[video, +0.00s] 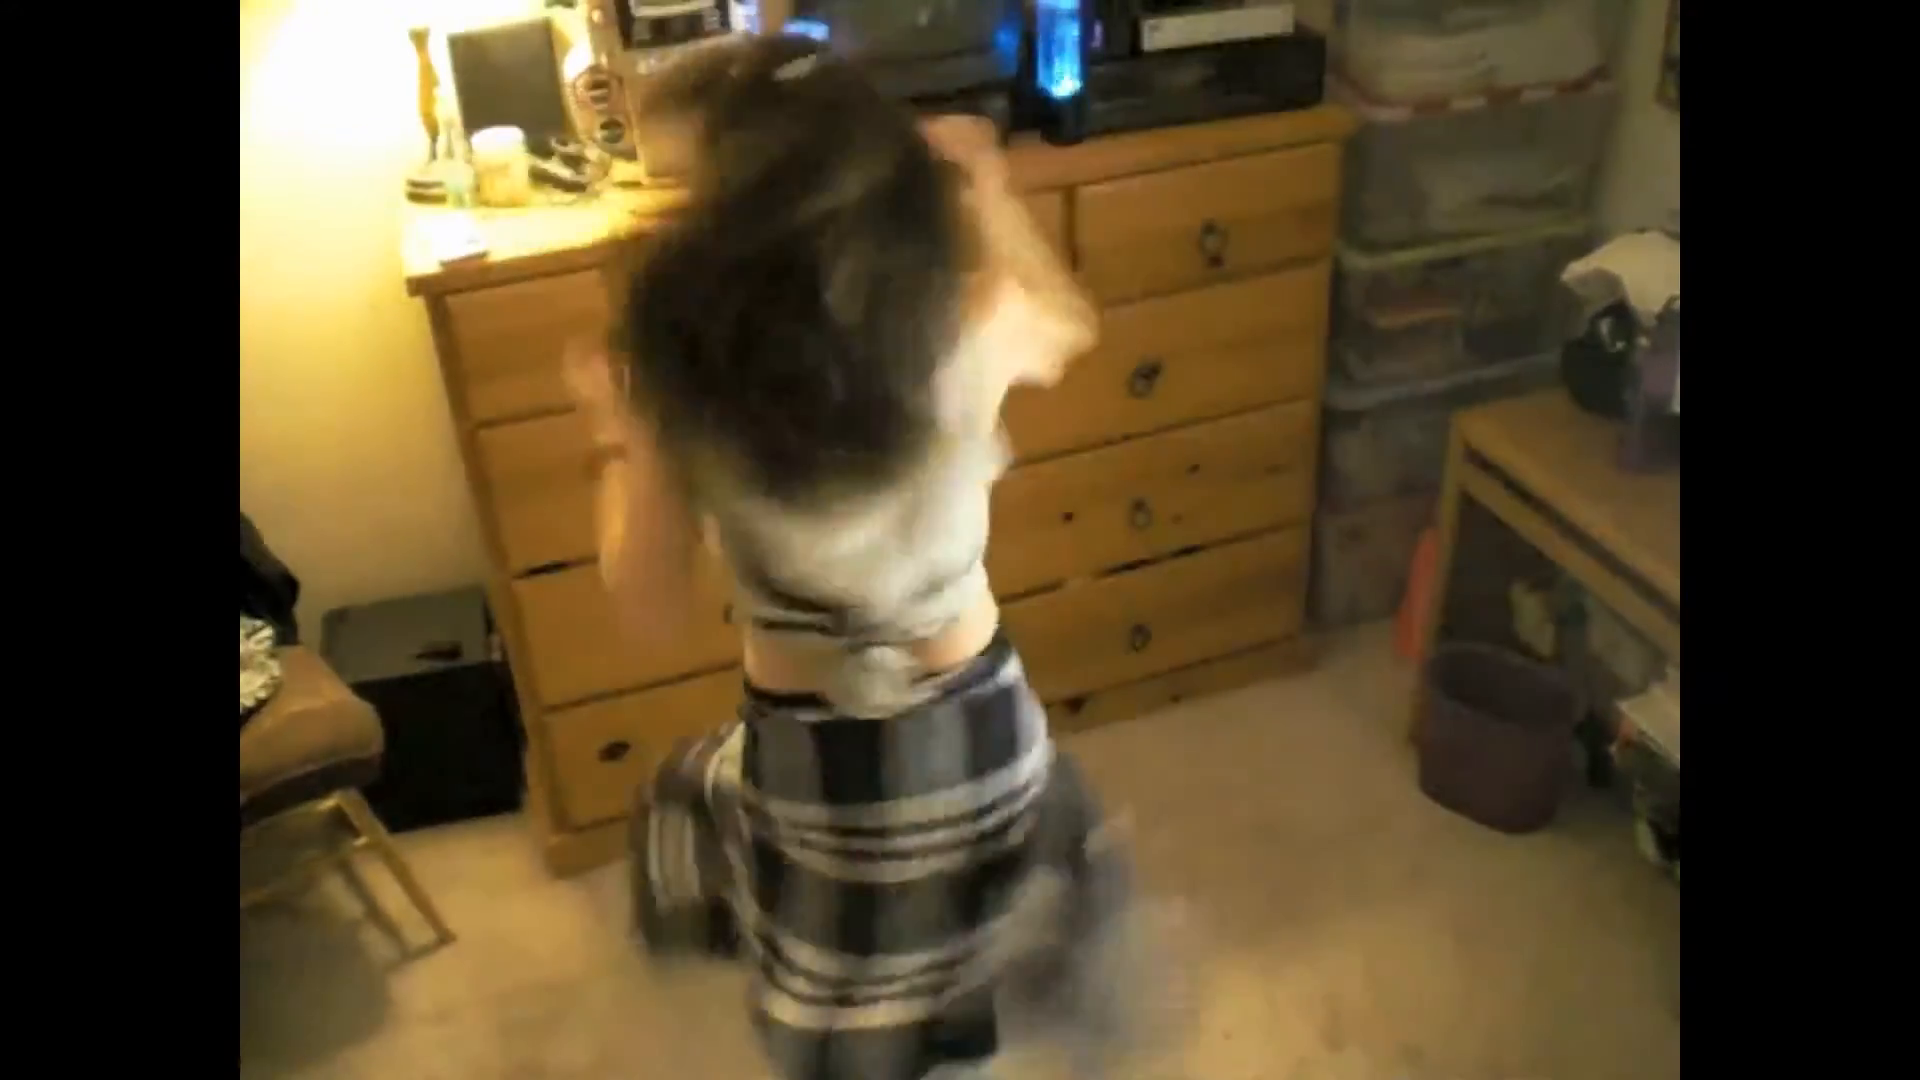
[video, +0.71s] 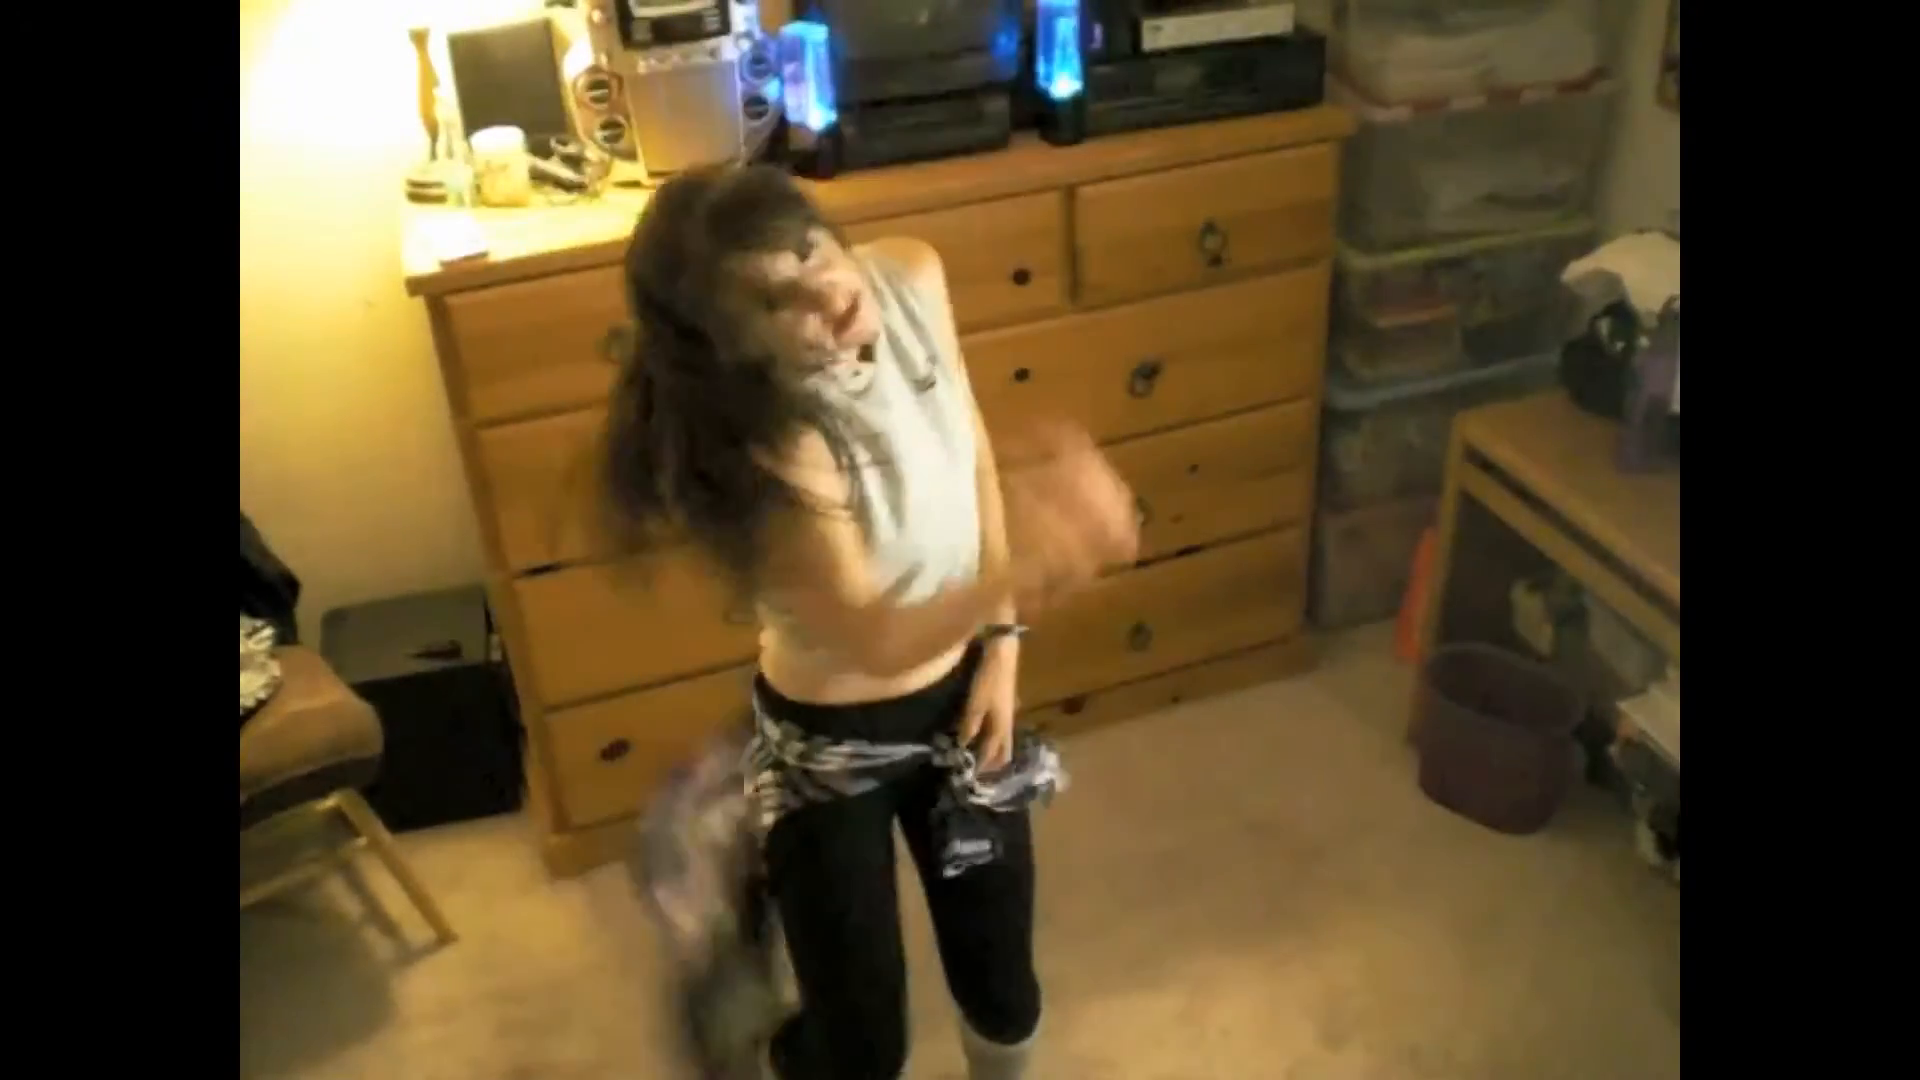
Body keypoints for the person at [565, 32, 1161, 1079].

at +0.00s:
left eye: (675, 177)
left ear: (722, 208)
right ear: (896, 190)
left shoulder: (684, 364)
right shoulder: (961, 333)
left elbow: (650, 606)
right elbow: (1061, 319)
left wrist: (625, 440)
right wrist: (992, 192)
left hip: (806, 749)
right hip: (975, 725)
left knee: (834, 1026)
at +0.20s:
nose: (754, 197)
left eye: (788, 163)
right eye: (732, 165)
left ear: (867, 146)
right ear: (710, 150)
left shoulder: (841, 314)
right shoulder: (775, 251)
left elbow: (832, 593)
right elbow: (764, 396)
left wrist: (661, 574)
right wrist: (656, 479)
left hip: (903, 705)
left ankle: (964, 1054)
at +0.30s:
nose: (807, 246)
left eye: (832, 207)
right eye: (772, 214)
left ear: (879, 196)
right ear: (731, 213)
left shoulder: (932, 338)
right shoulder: (722, 282)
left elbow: (923, 637)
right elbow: (701, 478)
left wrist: (791, 771)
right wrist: (669, 680)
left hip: (929, 723)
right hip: (798, 706)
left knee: (900, 991)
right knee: (814, 940)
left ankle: (1023, 1056)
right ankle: (906, 1048)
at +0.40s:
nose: (830, 276)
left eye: (846, 234)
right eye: (787, 250)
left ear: (880, 215)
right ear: (736, 256)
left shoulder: (955, 323)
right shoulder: (690, 352)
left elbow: (1008, 549)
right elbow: (697, 563)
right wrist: (718, 757)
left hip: (950, 725)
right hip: (790, 734)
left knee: (974, 991)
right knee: (819, 993)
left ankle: (1024, 1063)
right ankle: (889, 1058)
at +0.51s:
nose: (846, 288)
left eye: (850, 245)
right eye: (799, 277)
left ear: (875, 218)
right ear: (749, 293)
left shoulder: (941, 296)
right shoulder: (742, 404)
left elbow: (1004, 483)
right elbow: (719, 610)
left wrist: (1004, 683)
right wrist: (793, 794)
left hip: (964, 707)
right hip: (821, 751)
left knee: (998, 990)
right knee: (876, 1023)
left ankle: (1015, 1062)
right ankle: (855, 1065)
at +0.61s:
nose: (844, 297)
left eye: (839, 253)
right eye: (802, 298)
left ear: (857, 223)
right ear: (755, 322)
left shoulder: (930, 283)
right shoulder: (775, 416)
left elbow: (963, 463)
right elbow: (756, 625)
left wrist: (1006, 646)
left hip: (967, 703)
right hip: (826, 747)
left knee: (1011, 1001)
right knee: (885, 1038)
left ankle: (999, 1069)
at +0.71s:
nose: (828, 298)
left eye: (812, 257)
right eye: (782, 304)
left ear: (827, 231)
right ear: (737, 347)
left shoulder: (912, 283)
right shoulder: (776, 448)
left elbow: (977, 457)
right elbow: (877, 646)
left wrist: (1001, 641)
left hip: (959, 704)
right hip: (828, 749)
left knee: (1005, 1010)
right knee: (863, 1051)